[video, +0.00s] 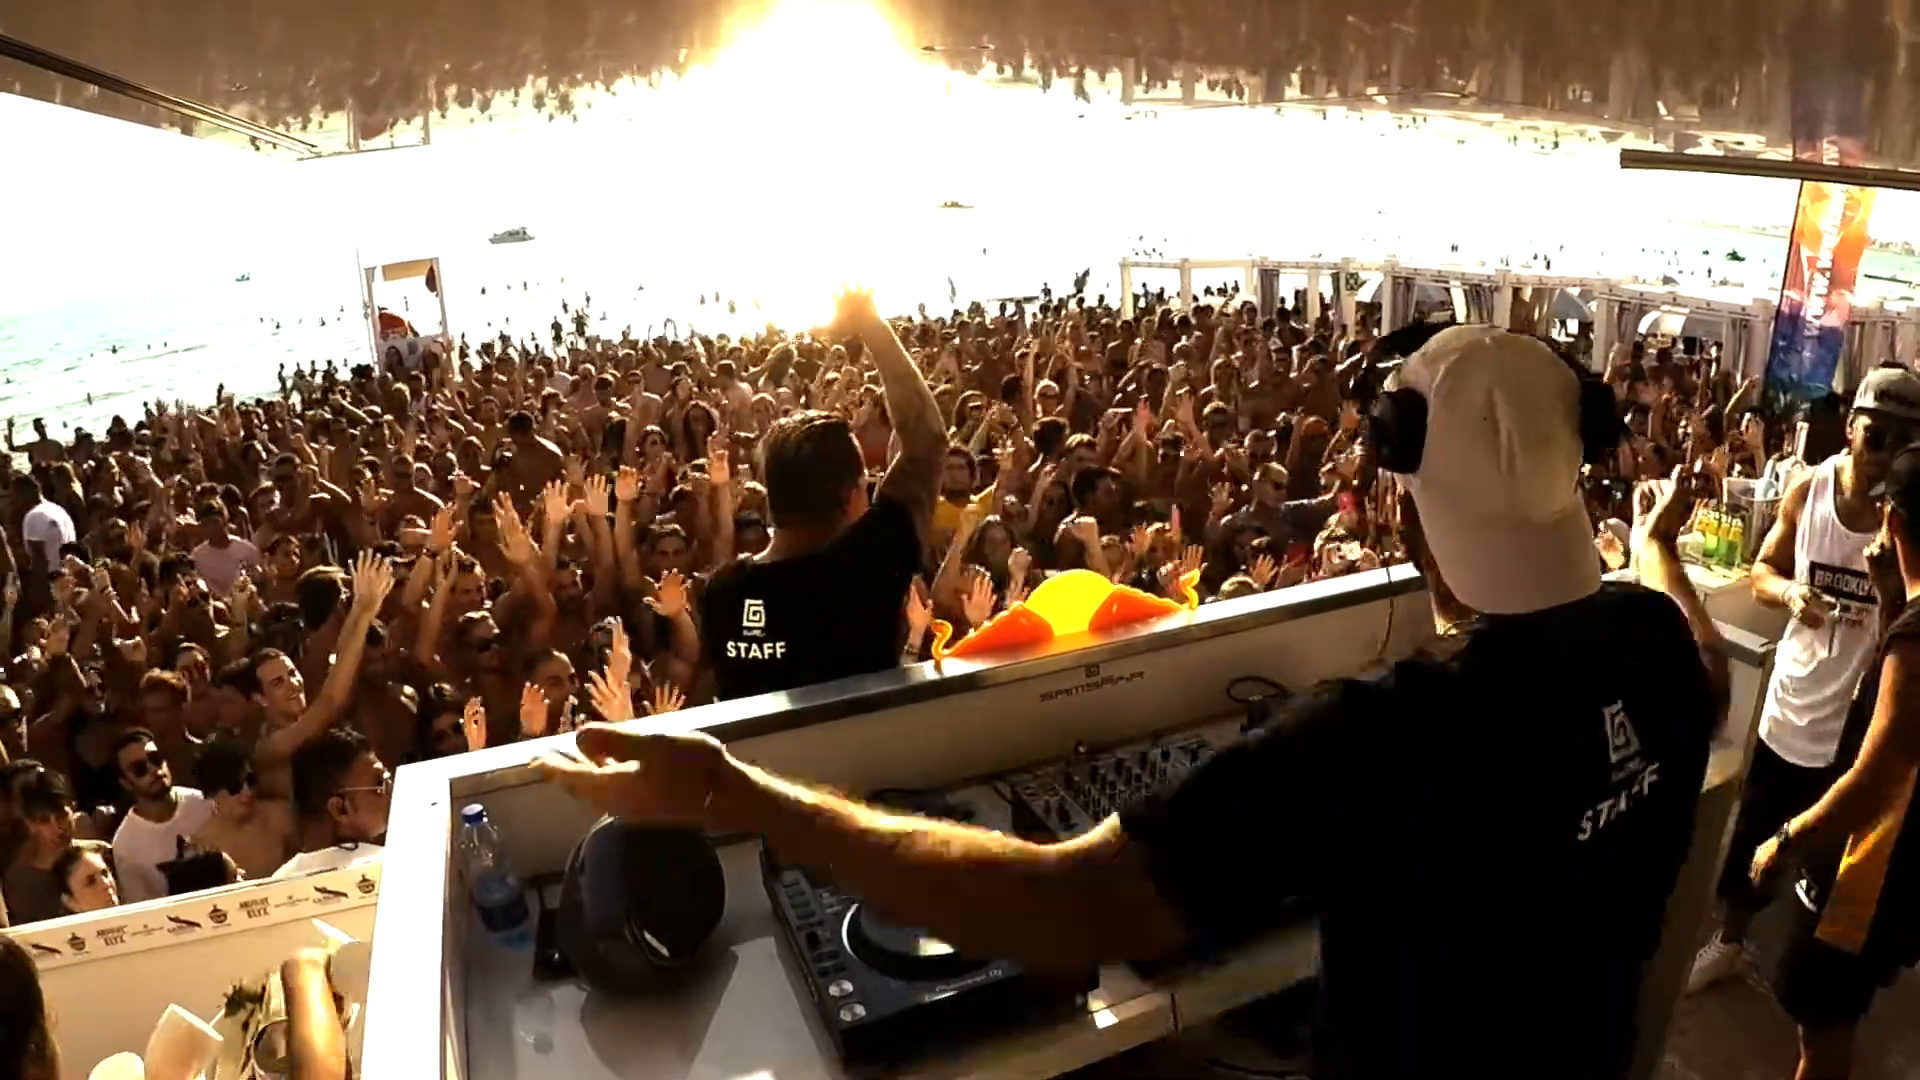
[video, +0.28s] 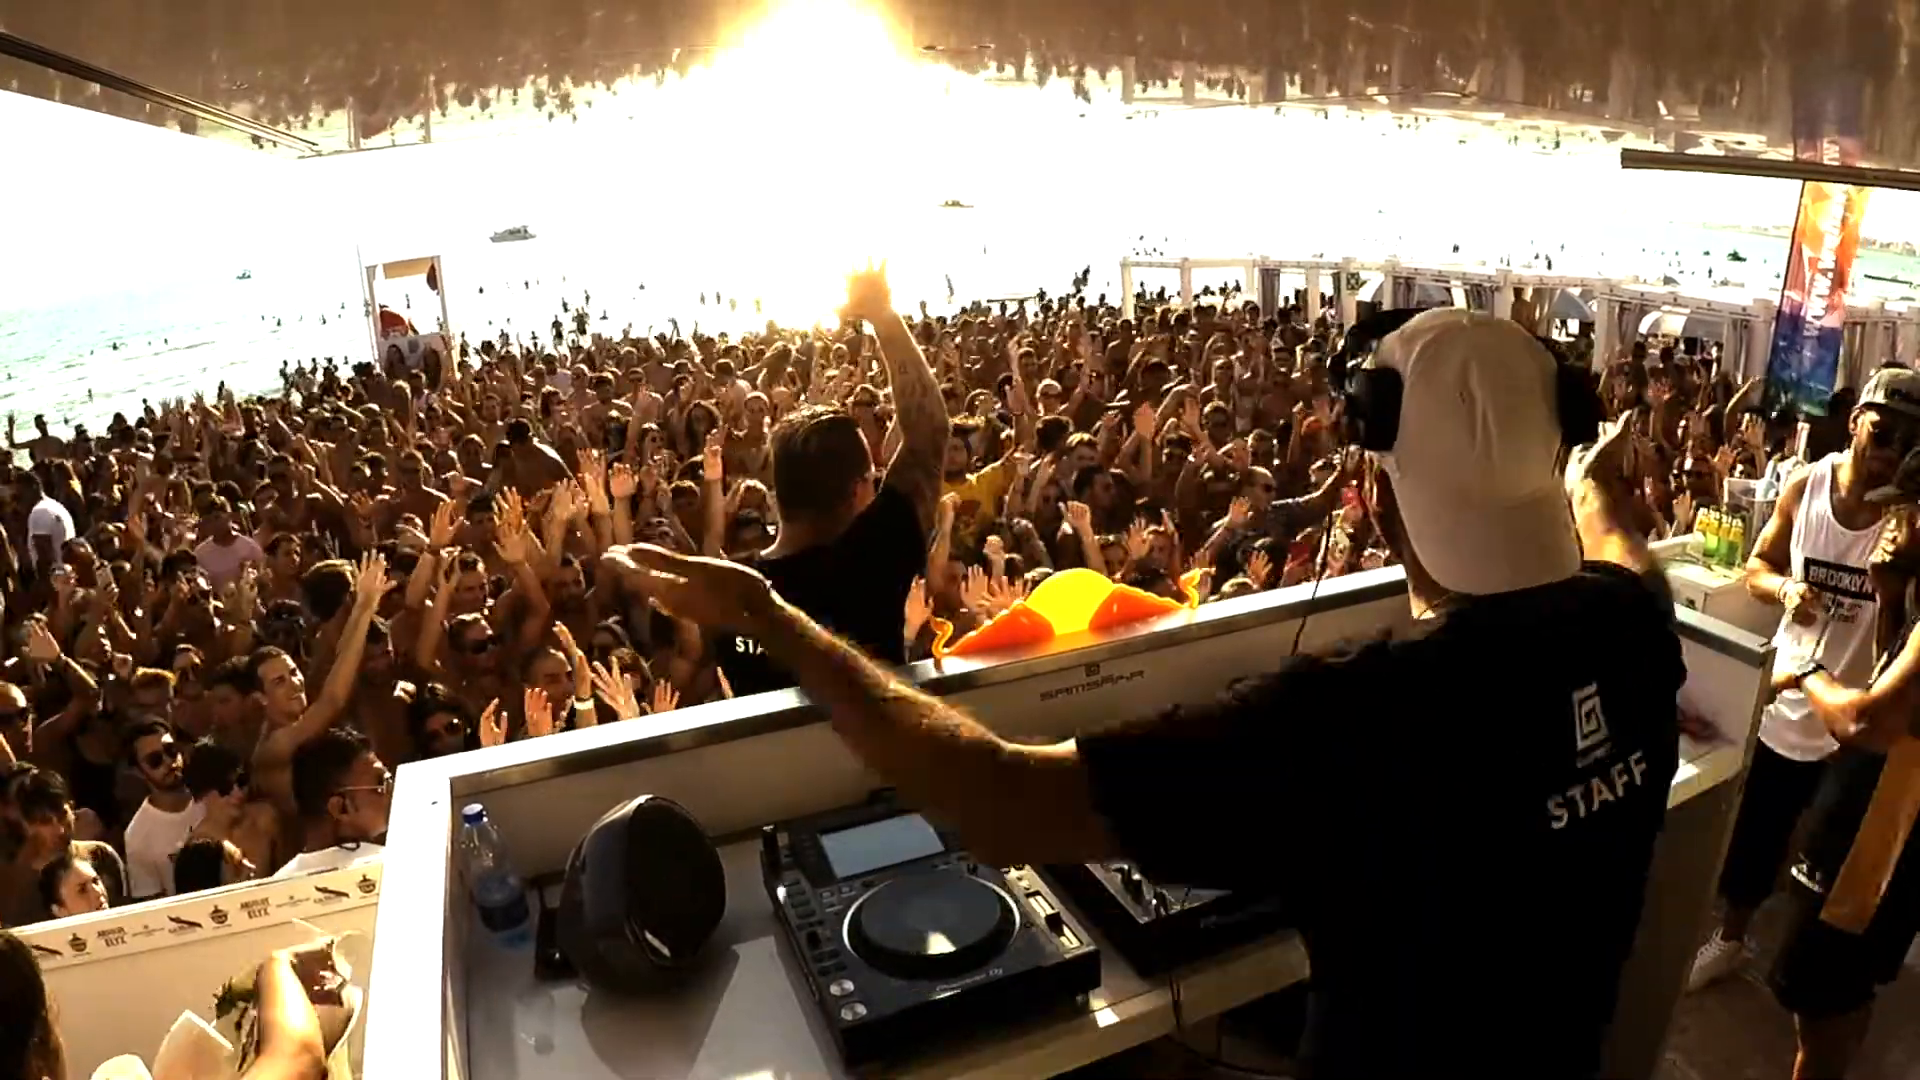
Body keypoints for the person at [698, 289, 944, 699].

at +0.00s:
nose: (868, 498)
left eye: (866, 485)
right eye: (865, 486)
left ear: (769, 496)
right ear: (849, 498)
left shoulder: (721, 592)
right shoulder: (868, 566)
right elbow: (925, 438)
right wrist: (869, 321)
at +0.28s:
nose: (877, 487)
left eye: (874, 477)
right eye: (873, 477)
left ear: (778, 492)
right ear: (858, 490)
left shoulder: (728, 588)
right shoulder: (873, 559)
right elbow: (927, 430)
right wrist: (884, 315)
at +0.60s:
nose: (883, 488)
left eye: (880, 477)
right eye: (880, 478)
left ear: (786, 489)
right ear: (868, 494)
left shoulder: (740, 592)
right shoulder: (878, 568)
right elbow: (924, 434)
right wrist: (886, 312)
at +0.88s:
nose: (884, 491)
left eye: (882, 480)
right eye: (881, 480)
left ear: (787, 491)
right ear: (864, 494)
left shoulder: (746, 588)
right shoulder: (877, 565)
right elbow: (935, 430)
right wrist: (896, 309)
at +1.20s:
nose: (884, 484)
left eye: (880, 473)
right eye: (877, 474)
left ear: (787, 488)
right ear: (856, 494)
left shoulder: (746, 586)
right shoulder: (865, 565)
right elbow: (932, 443)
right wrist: (910, 317)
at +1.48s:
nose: (879, 486)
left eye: (878, 475)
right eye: (874, 475)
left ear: (780, 486)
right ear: (853, 491)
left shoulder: (739, 583)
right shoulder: (850, 562)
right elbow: (923, 439)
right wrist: (904, 319)